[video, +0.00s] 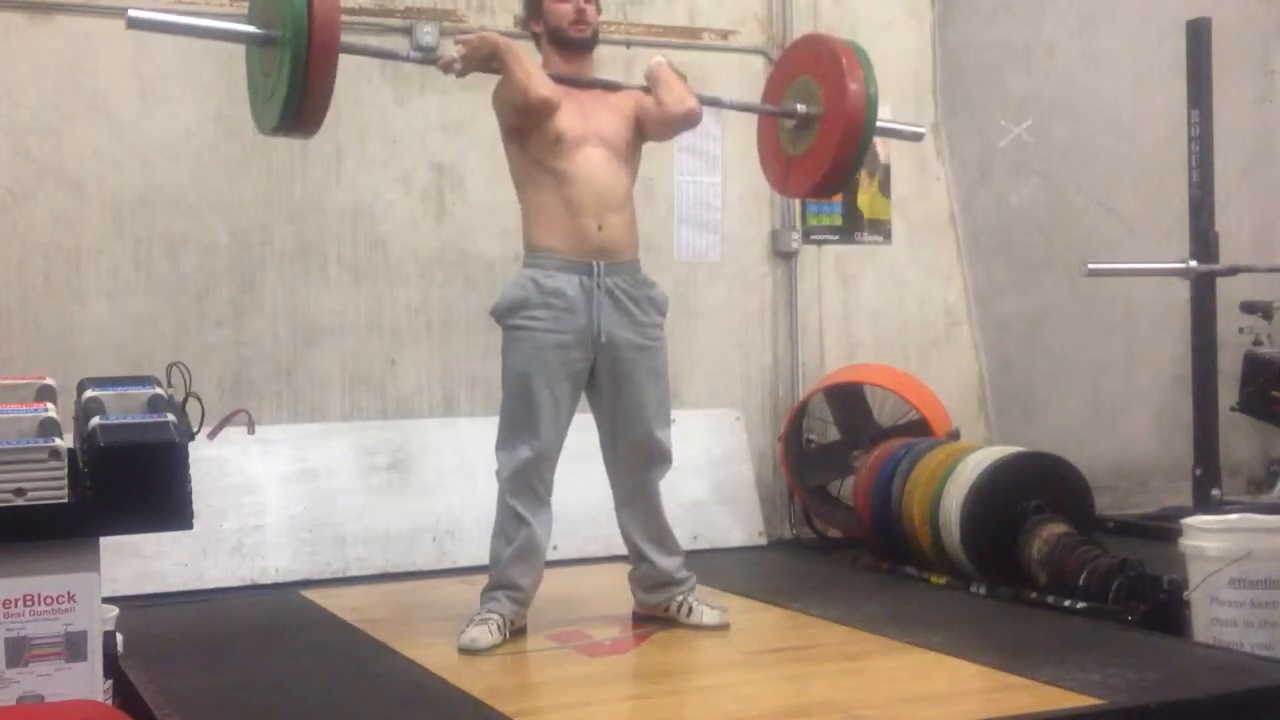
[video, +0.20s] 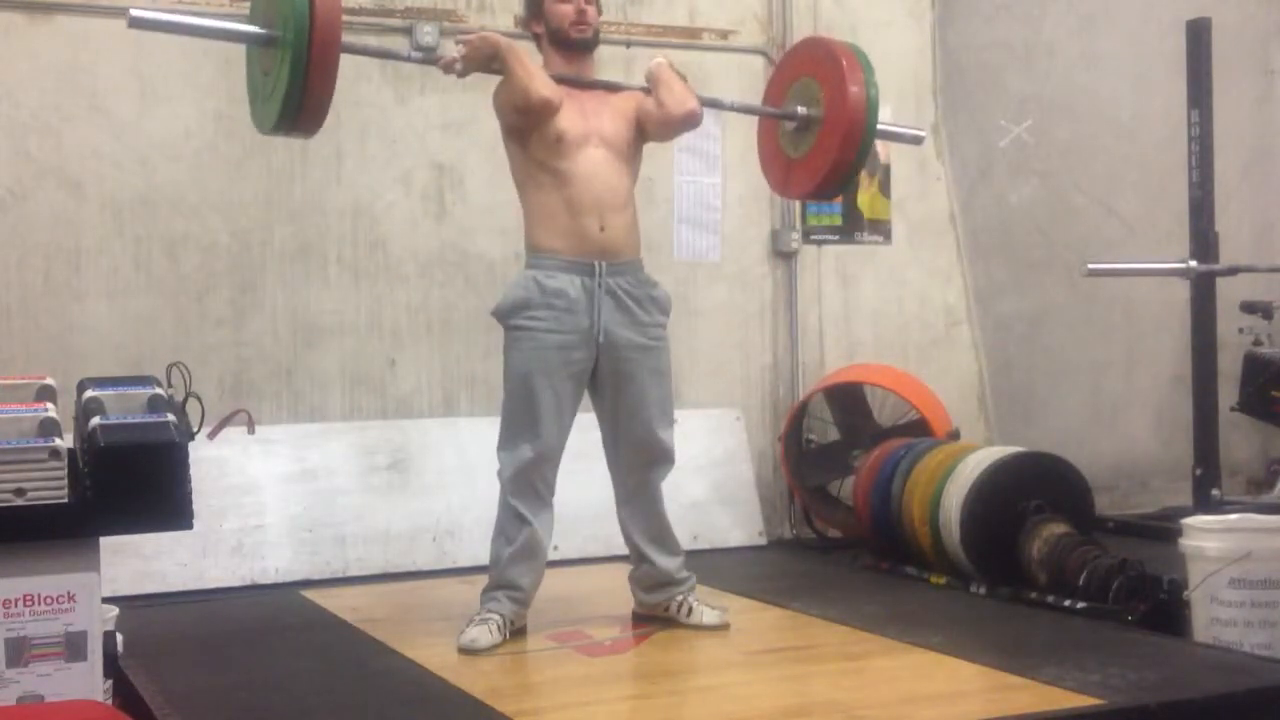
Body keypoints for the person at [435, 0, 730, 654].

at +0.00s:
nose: (582, 7)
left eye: (589, 0)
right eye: (565, 0)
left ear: (599, 18)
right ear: (537, 19)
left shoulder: (629, 102)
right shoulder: (524, 98)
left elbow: (684, 110)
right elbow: (536, 100)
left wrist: (656, 62)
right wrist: (505, 49)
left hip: (630, 293)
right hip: (548, 291)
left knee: (645, 450)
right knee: (528, 456)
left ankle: (661, 591)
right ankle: (504, 603)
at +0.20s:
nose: (584, 8)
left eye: (591, 1)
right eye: (567, 1)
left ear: (600, 20)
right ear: (538, 20)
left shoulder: (630, 103)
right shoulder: (524, 99)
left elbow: (685, 112)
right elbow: (538, 102)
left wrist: (657, 63)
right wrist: (505, 48)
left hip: (633, 293)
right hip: (550, 292)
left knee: (647, 450)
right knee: (530, 457)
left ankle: (661, 592)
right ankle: (504, 604)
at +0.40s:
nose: (585, 8)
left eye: (592, 2)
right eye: (568, 1)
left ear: (600, 21)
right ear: (539, 19)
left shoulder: (630, 103)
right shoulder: (525, 99)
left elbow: (685, 113)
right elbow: (539, 104)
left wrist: (658, 63)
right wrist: (506, 50)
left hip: (632, 293)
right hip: (550, 292)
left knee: (647, 450)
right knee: (530, 456)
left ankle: (661, 591)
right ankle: (504, 603)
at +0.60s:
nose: (587, 9)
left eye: (594, 2)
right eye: (571, 1)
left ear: (602, 20)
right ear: (542, 18)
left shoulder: (631, 102)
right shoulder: (527, 98)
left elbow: (685, 111)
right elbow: (538, 100)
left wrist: (659, 64)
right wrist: (506, 49)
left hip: (629, 294)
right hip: (547, 293)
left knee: (648, 449)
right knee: (527, 454)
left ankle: (661, 592)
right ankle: (504, 603)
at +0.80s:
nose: (590, 48)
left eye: (598, 39)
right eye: (575, 38)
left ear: (607, 57)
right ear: (546, 56)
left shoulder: (632, 140)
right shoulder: (528, 132)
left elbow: (684, 156)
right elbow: (531, 156)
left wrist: (664, 109)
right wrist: (508, 96)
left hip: (620, 330)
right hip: (537, 327)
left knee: (678, 445)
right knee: (516, 452)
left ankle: (664, 592)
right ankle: (502, 605)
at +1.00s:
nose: (592, 111)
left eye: (600, 105)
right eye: (576, 104)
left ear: (610, 123)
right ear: (548, 125)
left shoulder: (634, 208)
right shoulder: (526, 200)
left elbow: (687, 232)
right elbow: (543, 229)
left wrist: (667, 179)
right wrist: (508, 168)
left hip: (616, 384)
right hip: (532, 383)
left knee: (698, 464)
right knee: (507, 479)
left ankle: (662, 596)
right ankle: (502, 608)